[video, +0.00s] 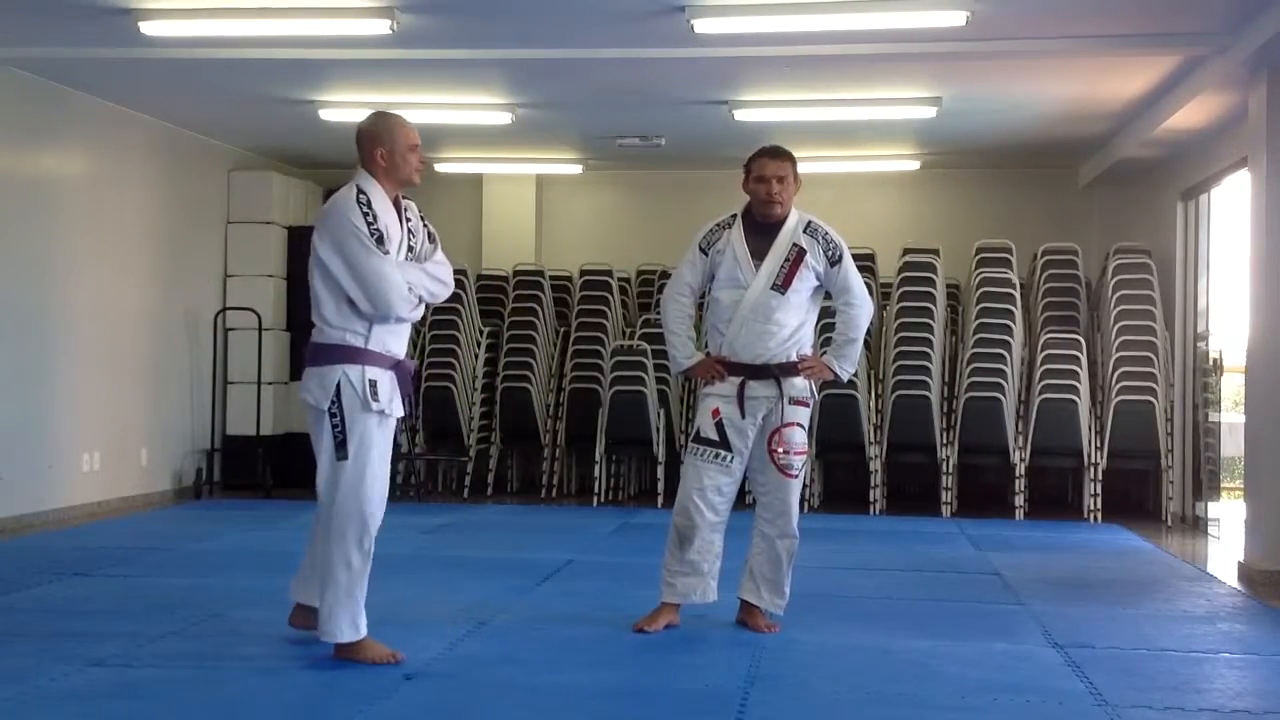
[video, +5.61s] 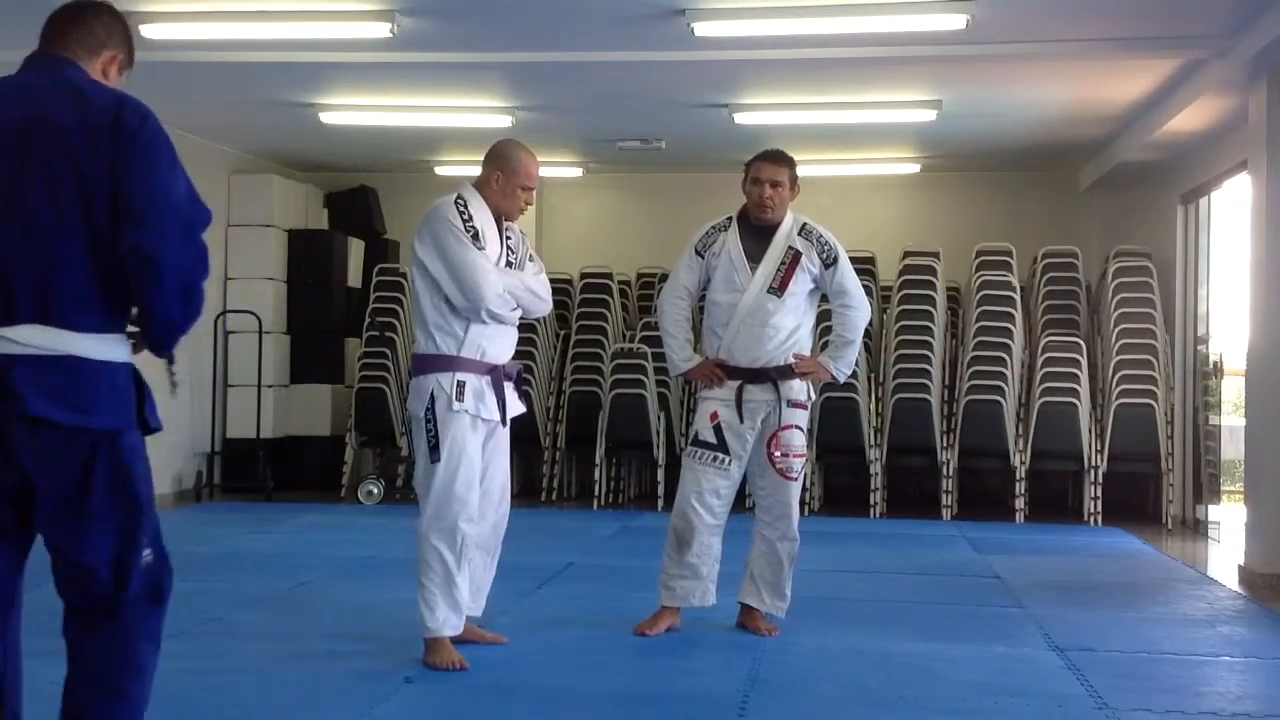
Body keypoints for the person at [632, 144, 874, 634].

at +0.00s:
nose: (771, 190)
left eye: (781, 181)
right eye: (761, 180)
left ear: (796, 187)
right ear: (745, 185)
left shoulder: (821, 242)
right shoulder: (714, 238)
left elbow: (857, 304)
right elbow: (676, 299)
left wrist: (838, 361)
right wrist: (688, 356)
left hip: (789, 389)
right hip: (723, 384)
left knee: (780, 506)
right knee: (697, 499)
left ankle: (756, 604)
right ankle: (672, 602)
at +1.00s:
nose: (763, 203)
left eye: (773, 194)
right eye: (754, 193)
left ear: (790, 194)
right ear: (740, 191)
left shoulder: (814, 244)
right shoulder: (713, 237)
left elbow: (851, 304)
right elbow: (669, 298)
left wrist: (860, 287)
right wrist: (687, 360)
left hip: (787, 390)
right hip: (722, 386)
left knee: (780, 506)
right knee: (695, 501)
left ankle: (757, 604)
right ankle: (672, 602)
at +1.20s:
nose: (765, 203)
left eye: (775, 194)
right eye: (756, 193)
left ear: (790, 195)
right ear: (740, 191)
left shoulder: (806, 238)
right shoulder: (711, 236)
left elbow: (860, 262)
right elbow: (668, 298)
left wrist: (847, 213)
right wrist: (686, 361)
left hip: (784, 388)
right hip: (720, 386)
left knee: (779, 506)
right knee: (694, 502)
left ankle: (757, 604)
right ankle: (672, 603)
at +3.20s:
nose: (747, 201)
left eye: (759, 196)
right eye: (745, 190)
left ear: (786, 200)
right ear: (742, 186)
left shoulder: (810, 239)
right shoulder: (717, 236)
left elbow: (853, 221)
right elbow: (676, 296)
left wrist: (810, 182)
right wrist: (687, 357)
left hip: (787, 389)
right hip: (723, 386)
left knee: (780, 506)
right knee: (696, 501)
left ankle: (755, 606)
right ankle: (672, 604)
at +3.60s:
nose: (736, 202)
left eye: (746, 195)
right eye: (733, 192)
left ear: (775, 195)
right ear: (731, 188)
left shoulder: (807, 240)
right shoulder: (712, 238)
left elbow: (866, 285)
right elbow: (674, 302)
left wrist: (825, 247)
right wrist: (687, 360)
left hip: (785, 389)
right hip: (721, 386)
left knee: (780, 506)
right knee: (696, 502)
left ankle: (756, 605)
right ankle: (672, 604)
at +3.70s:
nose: (733, 203)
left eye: (743, 196)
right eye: (729, 194)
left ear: (771, 194)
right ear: (725, 190)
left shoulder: (809, 239)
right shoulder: (709, 240)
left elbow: (861, 282)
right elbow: (674, 303)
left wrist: (846, 311)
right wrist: (687, 360)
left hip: (786, 390)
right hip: (722, 387)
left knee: (780, 506)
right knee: (696, 501)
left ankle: (756, 605)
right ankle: (672, 604)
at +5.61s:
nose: (765, 194)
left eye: (776, 185)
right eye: (757, 183)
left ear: (794, 192)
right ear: (743, 187)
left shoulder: (818, 245)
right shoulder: (713, 238)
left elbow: (854, 306)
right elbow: (673, 300)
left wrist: (834, 364)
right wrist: (687, 359)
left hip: (785, 392)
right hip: (720, 387)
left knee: (779, 509)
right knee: (695, 502)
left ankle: (756, 607)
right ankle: (672, 605)